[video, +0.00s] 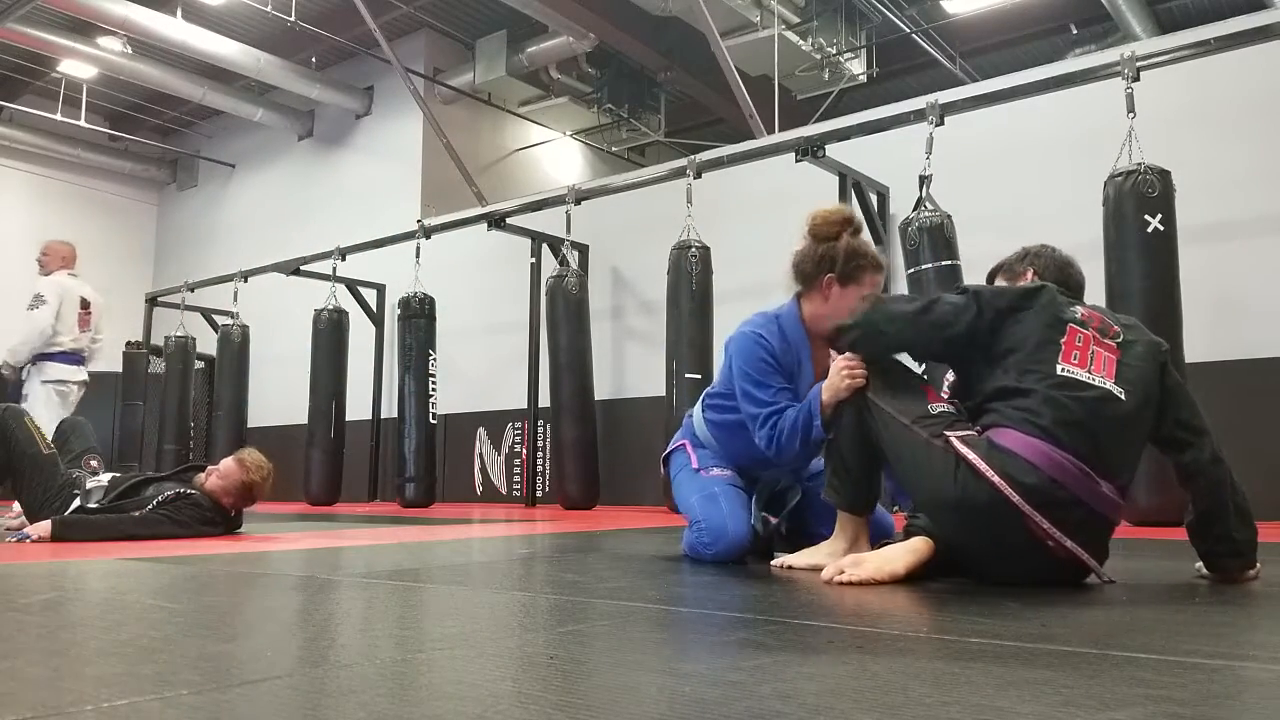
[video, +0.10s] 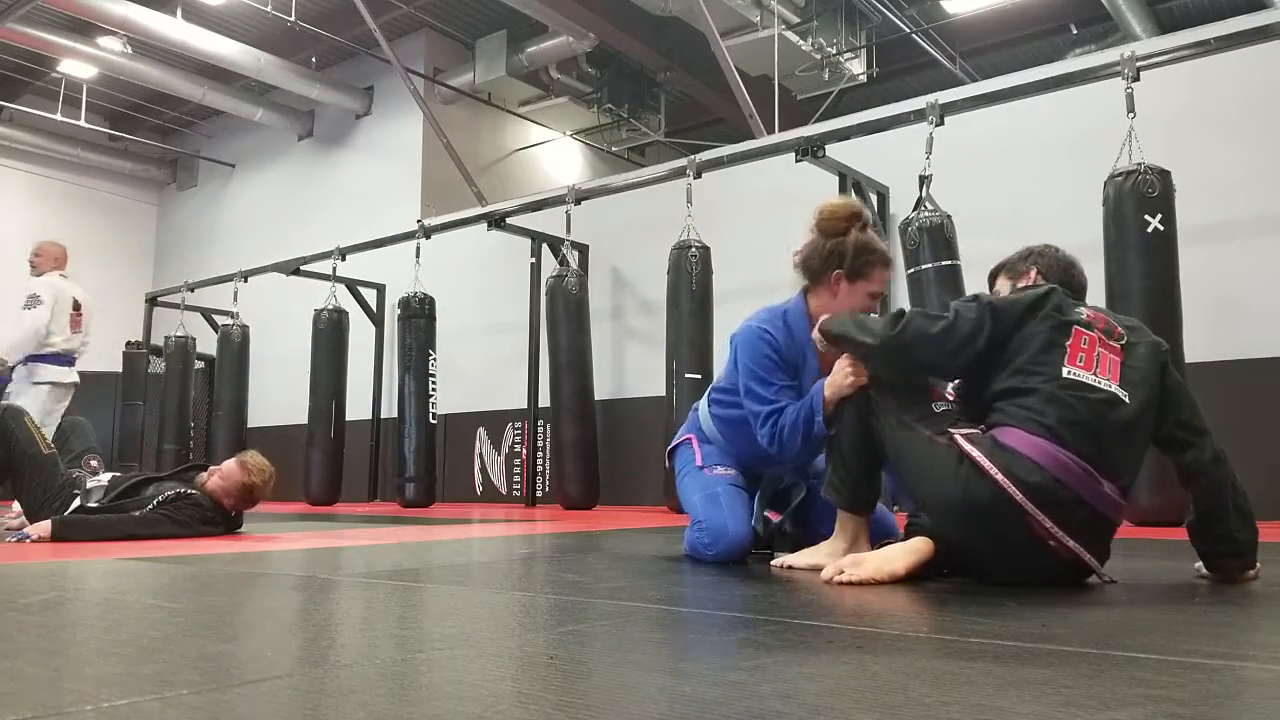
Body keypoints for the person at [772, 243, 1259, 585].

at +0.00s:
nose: (992, 306)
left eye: (998, 295)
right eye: (993, 296)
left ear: (1029, 280)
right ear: (1080, 292)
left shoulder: (1015, 302)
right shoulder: (1148, 349)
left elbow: (880, 319)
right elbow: (1204, 462)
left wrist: (844, 343)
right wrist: (1230, 560)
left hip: (974, 502)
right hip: (1060, 561)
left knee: (862, 370)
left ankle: (846, 538)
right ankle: (913, 550)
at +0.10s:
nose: (992, 307)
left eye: (997, 295)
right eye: (993, 298)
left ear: (1032, 280)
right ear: (1077, 289)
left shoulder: (1023, 307)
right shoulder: (1149, 349)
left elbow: (901, 340)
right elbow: (1205, 460)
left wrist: (833, 326)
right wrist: (1231, 560)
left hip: (979, 500)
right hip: (1062, 560)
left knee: (867, 384)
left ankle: (846, 539)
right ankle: (913, 551)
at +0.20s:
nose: (996, 305)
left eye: (1001, 293)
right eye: (996, 296)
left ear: (1036, 278)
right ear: (1080, 287)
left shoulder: (1027, 307)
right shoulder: (1154, 349)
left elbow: (910, 346)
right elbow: (1207, 460)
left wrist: (837, 331)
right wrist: (1231, 560)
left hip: (980, 501)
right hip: (1063, 562)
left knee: (874, 383)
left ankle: (846, 538)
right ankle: (914, 551)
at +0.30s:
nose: (1004, 304)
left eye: (1008, 293)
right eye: (1003, 295)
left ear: (1044, 275)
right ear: (1088, 286)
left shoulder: (1033, 303)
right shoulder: (1160, 348)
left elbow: (922, 348)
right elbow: (1213, 461)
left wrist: (848, 329)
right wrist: (1232, 561)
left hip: (979, 501)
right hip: (1061, 562)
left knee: (877, 389)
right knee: (963, 540)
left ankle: (846, 538)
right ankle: (912, 552)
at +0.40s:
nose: (1014, 299)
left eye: (1019, 289)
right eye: (1015, 290)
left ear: (1053, 274)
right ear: (1097, 282)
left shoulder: (1037, 302)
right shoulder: (1168, 345)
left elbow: (920, 358)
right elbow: (1220, 462)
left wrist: (855, 328)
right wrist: (1233, 563)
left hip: (975, 496)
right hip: (1059, 559)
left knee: (884, 386)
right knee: (966, 543)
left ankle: (849, 535)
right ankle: (911, 551)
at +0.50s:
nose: (1027, 296)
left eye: (1032, 285)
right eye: (1028, 286)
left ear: (1065, 272)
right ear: (1110, 281)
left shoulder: (1046, 303)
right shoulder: (1179, 346)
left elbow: (933, 374)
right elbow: (1231, 461)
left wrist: (862, 339)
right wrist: (1234, 566)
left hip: (976, 492)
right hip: (1056, 558)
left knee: (892, 384)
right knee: (970, 541)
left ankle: (852, 535)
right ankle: (914, 549)